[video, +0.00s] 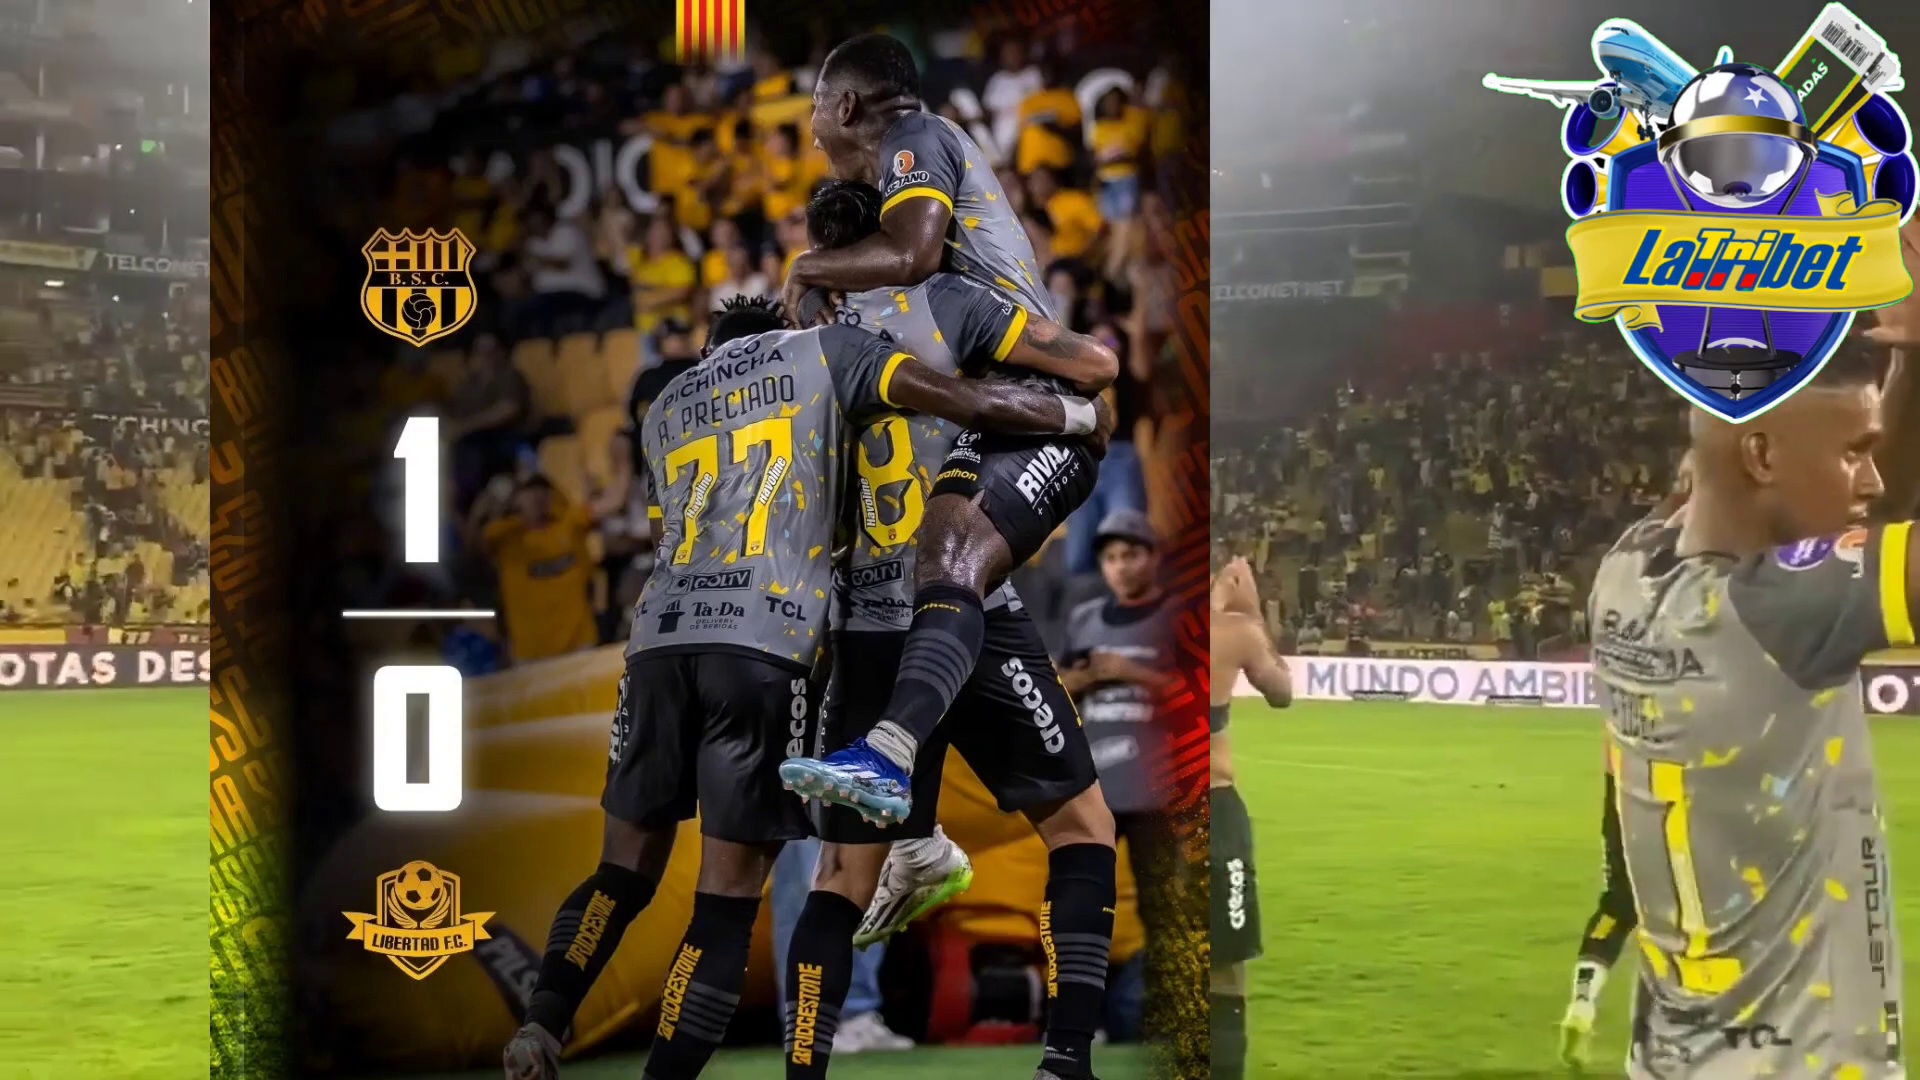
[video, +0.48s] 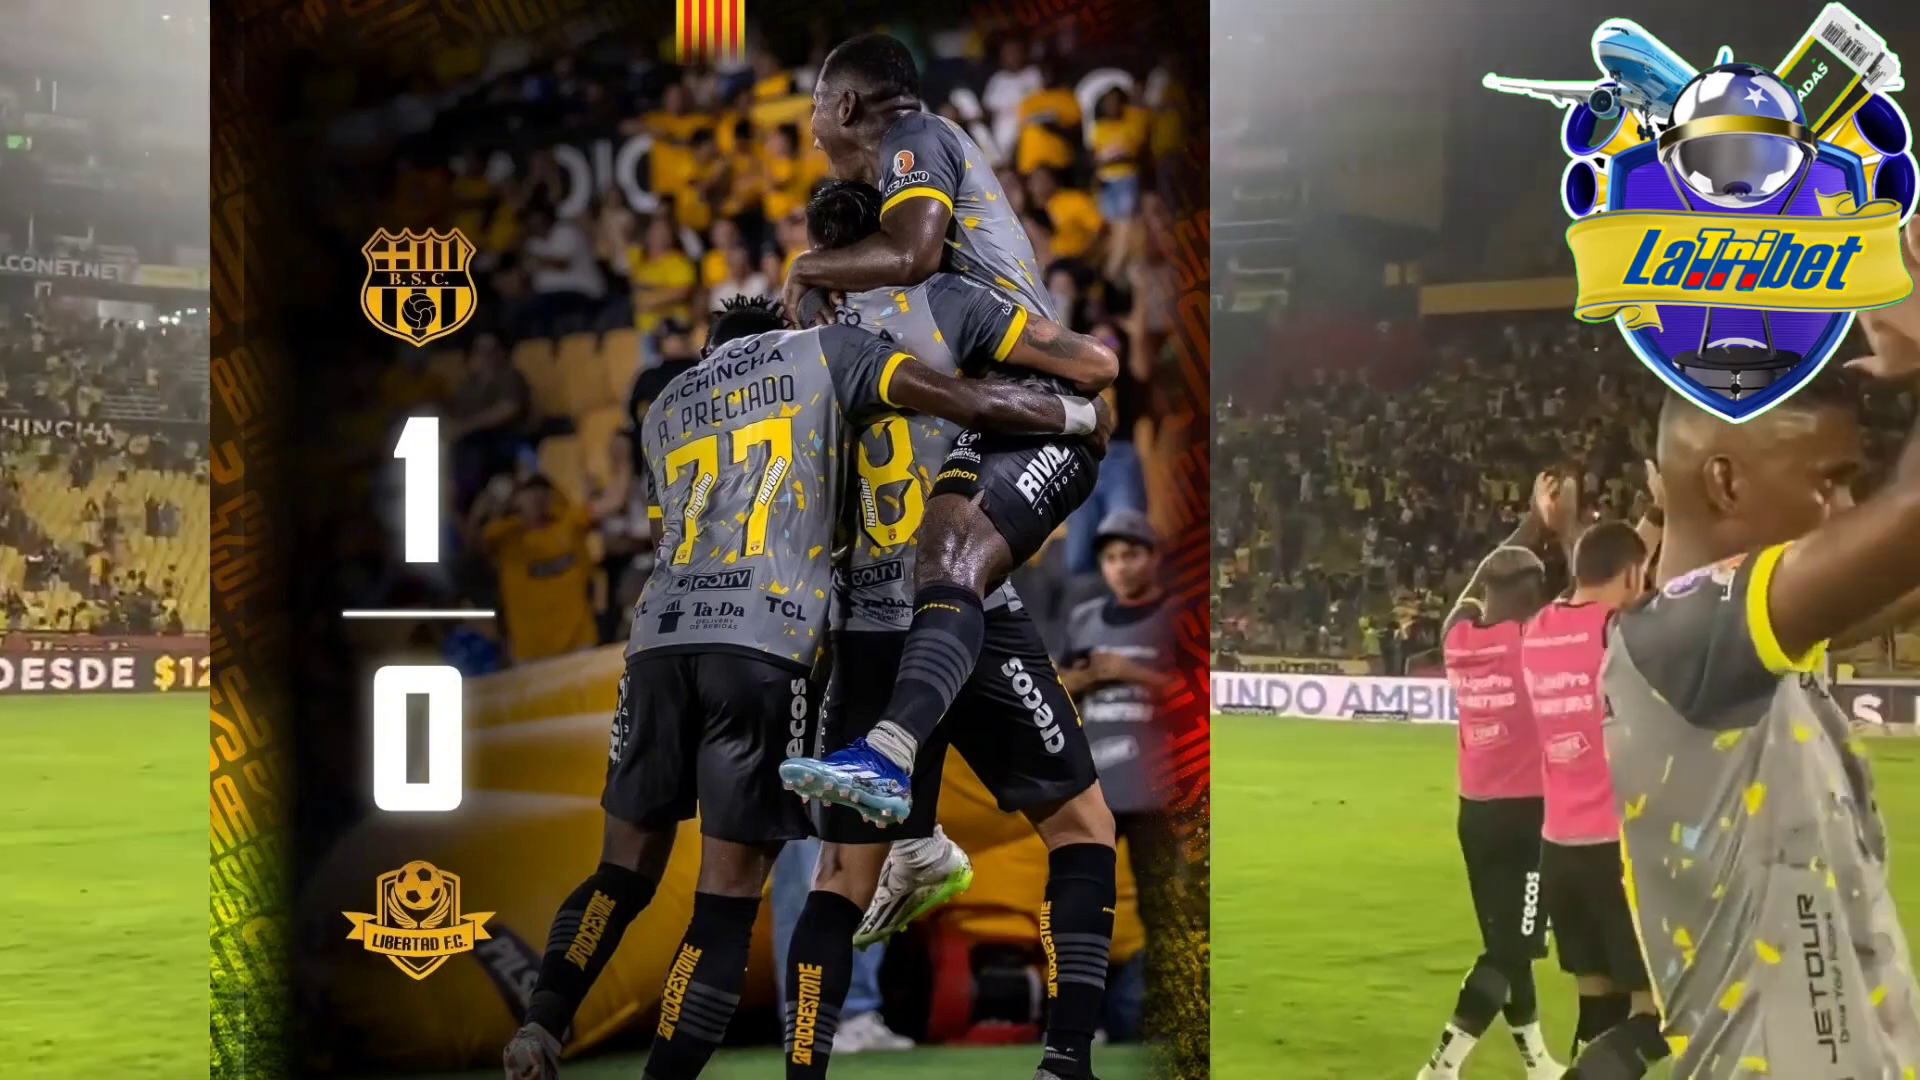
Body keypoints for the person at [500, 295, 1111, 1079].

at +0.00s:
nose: (828, 323)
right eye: (817, 317)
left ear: (710, 344)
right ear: (792, 322)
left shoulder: (662, 405)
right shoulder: (830, 347)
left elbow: (681, 519)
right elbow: (968, 398)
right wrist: (1085, 418)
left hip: (657, 648)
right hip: (762, 648)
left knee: (623, 865)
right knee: (727, 890)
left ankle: (542, 1027)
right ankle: (667, 1076)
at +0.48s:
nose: (824, 324)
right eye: (814, 318)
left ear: (710, 346)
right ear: (794, 323)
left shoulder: (660, 404)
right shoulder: (830, 347)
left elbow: (681, 519)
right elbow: (969, 399)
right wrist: (1086, 417)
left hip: (657, 648)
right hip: (761, 649)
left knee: (623, 865)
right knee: (727, 892)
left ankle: (542, 1027)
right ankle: (667, 1075)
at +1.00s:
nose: (824, 324)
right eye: (814, 318)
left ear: (710, 346)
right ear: (794, 323)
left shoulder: (660, 404)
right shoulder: (830, 347)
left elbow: (681, 519)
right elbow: (969, 399)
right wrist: (1086, 417)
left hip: (657, 648)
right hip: (761, 649)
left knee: (623, 865)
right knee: (727, 892)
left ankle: (542, 1027)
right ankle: (667, 1075)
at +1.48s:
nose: (826, 325)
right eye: (814, 319)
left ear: (709, 346)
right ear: (792, 324)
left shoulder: (660, 405)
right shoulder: (830, 348)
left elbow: (680, 520)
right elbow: (970, 400)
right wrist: (1088, 417)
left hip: (657, 648)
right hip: (762, 649)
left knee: (623, 865)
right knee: (727, 892)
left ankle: (542, 1028)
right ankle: (667, 1075)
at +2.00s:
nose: (824, 325)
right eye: (813, 318)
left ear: (710, 347)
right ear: (793, 324)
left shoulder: (660, 404)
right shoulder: (830, 348)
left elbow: (679, 520)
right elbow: (970, 399)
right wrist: (1086, 418)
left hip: (657, 648)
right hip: (762, 649)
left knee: (623, 865)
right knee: (728, 892)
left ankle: (542, 1027)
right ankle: (666, 1076)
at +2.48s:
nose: (828, 325)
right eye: (816, 318)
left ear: (708, 345)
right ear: (790, 323)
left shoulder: (660, 407)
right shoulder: (830, 348)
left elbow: (679, 522)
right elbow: (973, 400)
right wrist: (1089, 417)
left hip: (657, 648)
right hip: (762, 648)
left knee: (623, 865)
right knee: (728, 892)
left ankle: (542, 1027)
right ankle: (667, 1075)